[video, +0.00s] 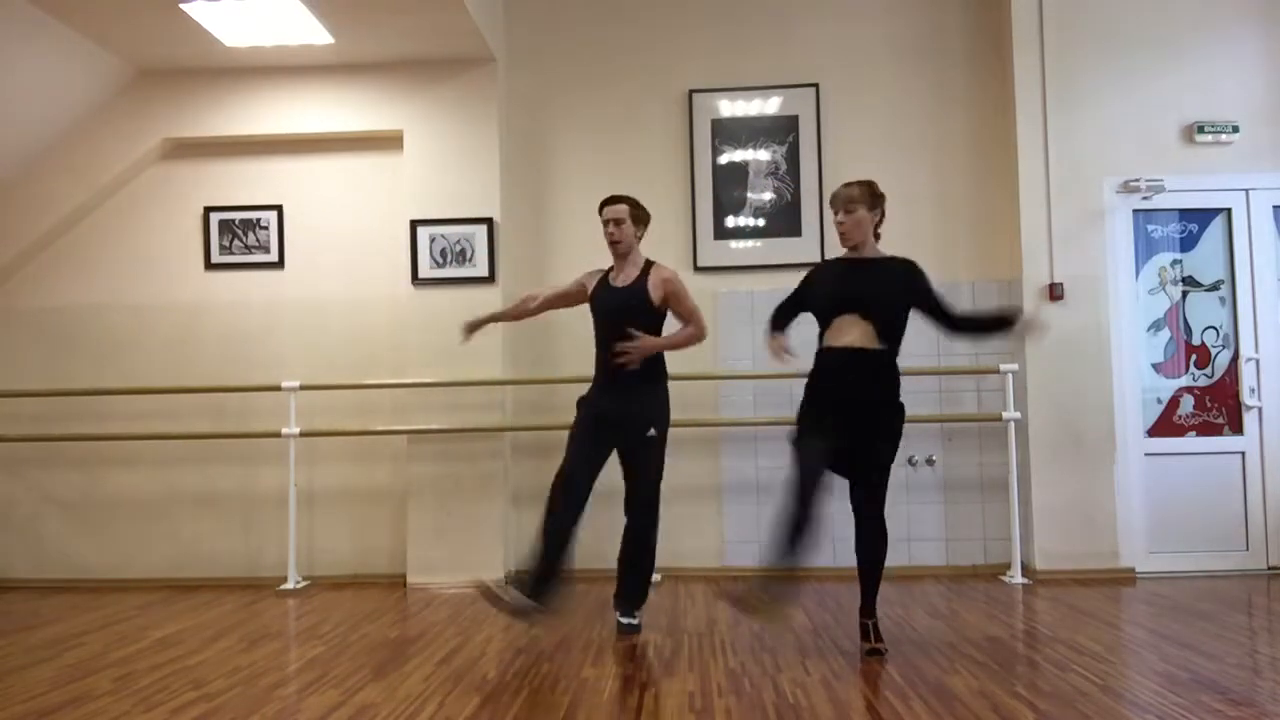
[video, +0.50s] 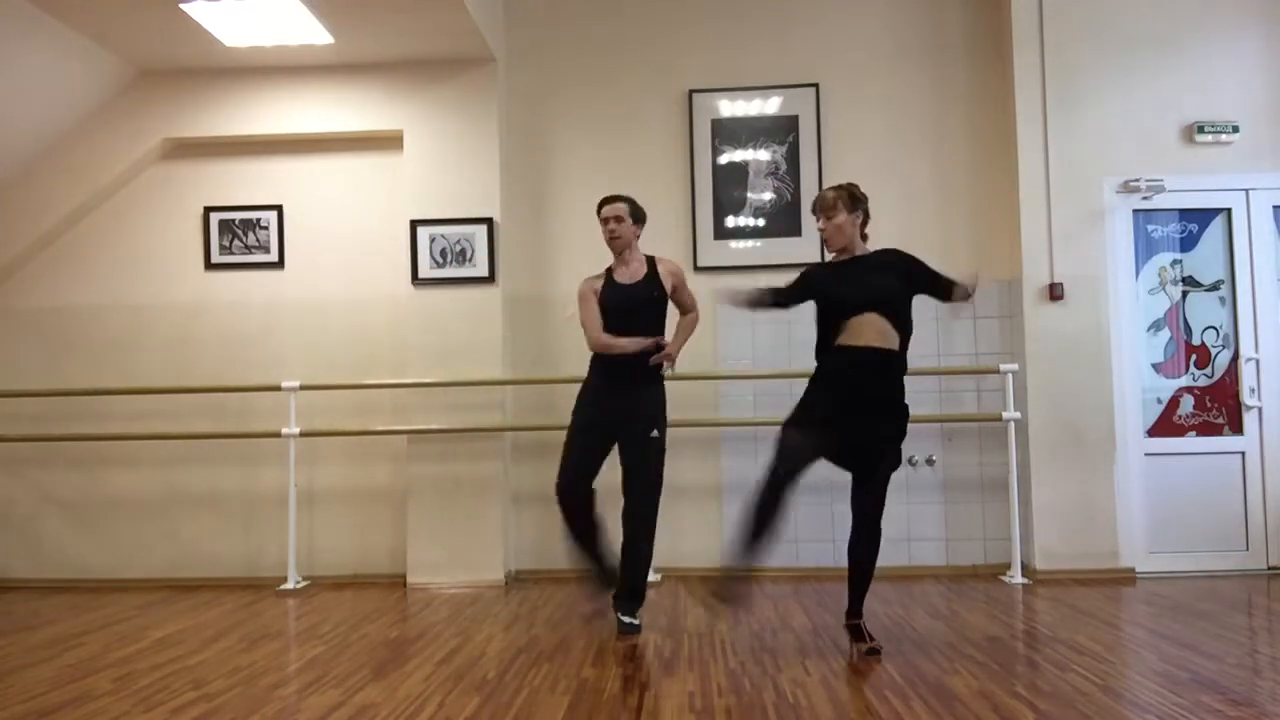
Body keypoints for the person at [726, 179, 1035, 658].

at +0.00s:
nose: (840, 221)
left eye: (850, 212)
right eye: (836, 214)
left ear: (876, 216)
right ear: (834, 220)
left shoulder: (902, 273)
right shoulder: (823, 274)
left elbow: (953, 322)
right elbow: (784, 312)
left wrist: (1012, 319)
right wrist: (776, 332)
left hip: (877, 392)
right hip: (826, 389)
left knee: (868, 506)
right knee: (805, 482)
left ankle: (868, 614)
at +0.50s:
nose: (824, 225)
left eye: (833, 215)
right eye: (821, 217)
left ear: (859, 218)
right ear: (820, 223)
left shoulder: (896, 262)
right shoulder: (820, 275)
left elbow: (949, 291)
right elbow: (782, 297)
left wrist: (963, 289)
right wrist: (740, 297)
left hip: (883, 394)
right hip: (830, 388)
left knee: (868, 513)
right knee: (781, 472)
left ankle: (855, 616)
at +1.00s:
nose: (789, 236)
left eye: (799, 228)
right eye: (788, 229)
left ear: (828, 235)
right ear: (793, 239)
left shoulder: (857, 286)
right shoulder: (781, 292)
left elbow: (898, 330)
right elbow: (796, 338)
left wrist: (878, 371)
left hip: (865, 404)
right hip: (817, 413)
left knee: (856, 522)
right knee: (849, 528)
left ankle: (850, 617)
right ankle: (928, 600)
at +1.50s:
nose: (744, 224)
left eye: (751, 214)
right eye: (743, 216)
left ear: (780, 216)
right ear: (757, 220)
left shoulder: (811, 263)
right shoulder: (740, 277)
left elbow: (851, 287)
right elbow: (721, 332)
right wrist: (711, 383)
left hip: (811, 393)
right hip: (760, 394)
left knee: (823, 502)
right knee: (734, 499)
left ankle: (845, 606)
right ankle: (711, 605)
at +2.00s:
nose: (733, 226)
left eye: (741, 220)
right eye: (726, 220)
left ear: (753, 229)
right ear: (714, 228)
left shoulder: (771, 286)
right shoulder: (696, 289)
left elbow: (793, 351)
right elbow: (684, 356)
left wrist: (819, 335)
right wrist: (667, 330)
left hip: (763, 399)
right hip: (711, 402)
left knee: (795, 502)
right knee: (686, 506)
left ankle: (826, 599)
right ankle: (674, 607)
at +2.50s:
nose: (737, 253)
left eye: (745, 247)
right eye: (729, 247)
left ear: (756, 258)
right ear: (717, 257)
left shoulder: (774, 315)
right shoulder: (700, 315)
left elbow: (789, 381)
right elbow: (689, 379)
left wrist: (828, 377)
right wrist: (658, 381)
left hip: (766, 428)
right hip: (714, 430)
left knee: (805, 521)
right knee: (683, 526)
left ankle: (830, 614)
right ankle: (676, 614)